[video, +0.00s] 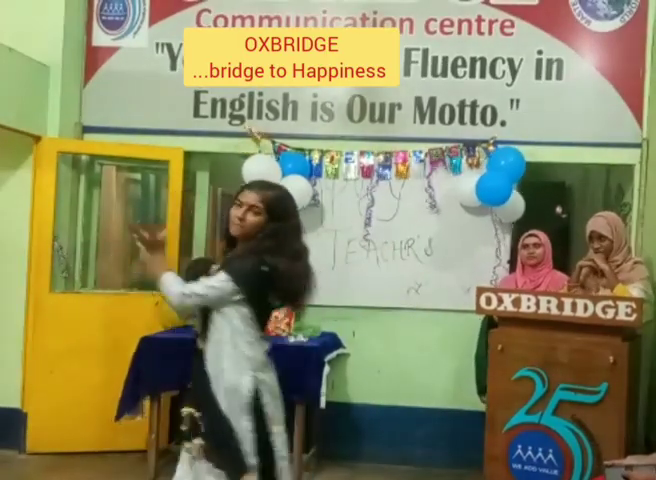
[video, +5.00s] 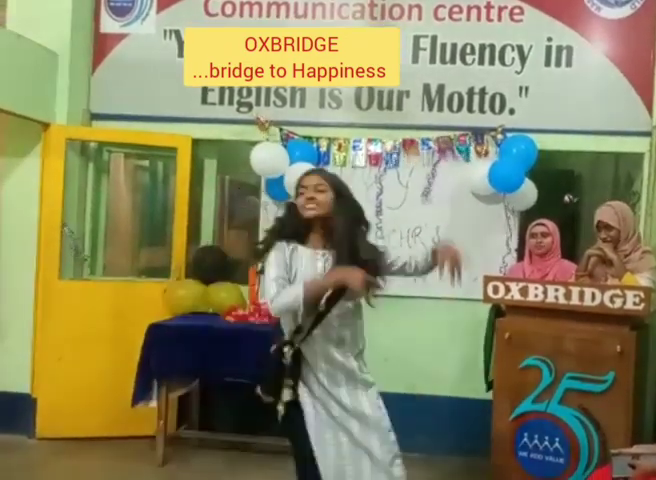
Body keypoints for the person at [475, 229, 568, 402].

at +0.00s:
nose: (531, 250)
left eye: (536, 246)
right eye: (526, 246)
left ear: (546, 250)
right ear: (519, 252)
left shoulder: (561, 281)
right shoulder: (507, 282)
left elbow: (565, 323)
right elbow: (491, 324)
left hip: (548, 353)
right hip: (511, 352)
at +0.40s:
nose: (531, 251)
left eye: (536, 246)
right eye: (526, 247)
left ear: (546, 250)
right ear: (519, 252)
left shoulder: (561, 281)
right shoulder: (507, 282)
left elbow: (565, 318)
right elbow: (496, 319)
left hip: (548, 350)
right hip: (512, 349)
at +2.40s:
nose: (531, 252)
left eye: (536, 247)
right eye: (526, 247)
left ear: (547, 251)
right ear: (519, 252)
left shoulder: (561, 281)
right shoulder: (508, 281)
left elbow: (564, 318)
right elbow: (497, 318)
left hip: (549, 349)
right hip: (513, 348)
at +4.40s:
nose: (538, 244)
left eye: (544, 238)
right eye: (533, 239)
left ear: (554, 242)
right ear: (526, 244)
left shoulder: (569, 273)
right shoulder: (515, 273)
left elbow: (573, 309)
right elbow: (504, 308)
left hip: (556, 340)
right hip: (519, 339)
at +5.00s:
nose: (539, 240)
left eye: (544, 236)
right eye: (534, 236)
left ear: (554, 240)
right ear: (527, 241)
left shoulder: (569, 270)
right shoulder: (515, 270)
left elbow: (572, 308)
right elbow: (503, 306)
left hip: (556, 338)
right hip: (519, 337)